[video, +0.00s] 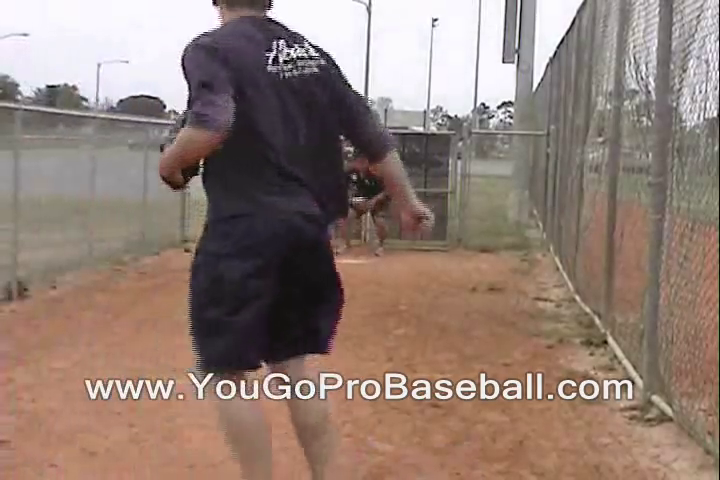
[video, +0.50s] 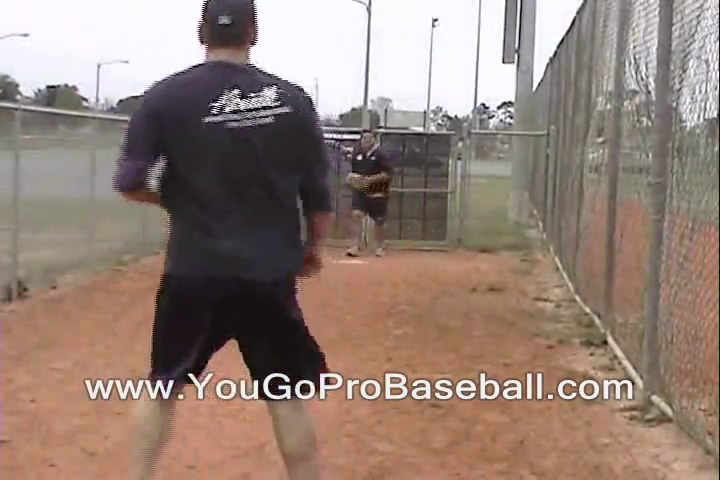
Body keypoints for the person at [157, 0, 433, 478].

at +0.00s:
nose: (213, 12)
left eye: (213, 8)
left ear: (219, 5)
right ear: (269, 5)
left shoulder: (212, 46)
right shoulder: (312, 54)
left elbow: (213, 124)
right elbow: (372, 135)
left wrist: (171, 161)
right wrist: (406, 199)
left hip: (241, 231)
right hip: (308, 232)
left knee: (226, 374)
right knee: (295, 360)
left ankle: (257, 472)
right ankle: (328, 471)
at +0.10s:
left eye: (228, 24)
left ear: (226, 29)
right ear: (278, 29)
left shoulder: (209, 80)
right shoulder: (320, 85)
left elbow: (200, 161)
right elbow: (373, 170)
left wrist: (169, 191)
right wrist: (403, 238)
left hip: (236, 262)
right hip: (305, 259)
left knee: (251, 398)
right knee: (301, 386)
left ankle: (281, 475)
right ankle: (311, 475)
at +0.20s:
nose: (231, 63)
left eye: (229, 57)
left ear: (229, 59)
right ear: (280, 62)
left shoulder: (204, 123)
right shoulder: (319, 122)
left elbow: (185, 212)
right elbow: (359, 214)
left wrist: (177, 236)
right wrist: (385, 281)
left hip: (239, 296)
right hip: (306, 294)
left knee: (245, 418)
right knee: (296, 412)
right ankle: (305, 474)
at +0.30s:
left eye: (231, 54)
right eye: (275, 53)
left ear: (226, 56)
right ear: (278, 57)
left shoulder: (198, 119)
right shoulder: (319, 118)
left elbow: (181, 213)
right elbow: (342, 215)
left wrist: (193, 236)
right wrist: (342, 280)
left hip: (229, 290)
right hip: (300, 289)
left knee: (195, 383)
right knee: (287, 402)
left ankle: (244, 472)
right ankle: (306, 473)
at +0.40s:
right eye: (266, 35)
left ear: (216, 39)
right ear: (267, 38)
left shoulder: (184, 98)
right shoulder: (309, 102)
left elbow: (161, 191)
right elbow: (327, 199)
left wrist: (194, 213)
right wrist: (324, 255)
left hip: (209, 279)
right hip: (283, 279)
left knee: (185, 389)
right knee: (290, 399)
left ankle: (190, 473)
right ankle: (311, 474)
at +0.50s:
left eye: (203, 31)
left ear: (201, 35)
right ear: (253, 35)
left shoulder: (167, 95)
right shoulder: (293, 99)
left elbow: (128, 182)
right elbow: (320, 190)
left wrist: (169, 197)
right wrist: (314, 246)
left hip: (193, 278)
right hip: (268, 279)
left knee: (161, 389)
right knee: (287, 397)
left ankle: (138, 473)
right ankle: (307, 475)